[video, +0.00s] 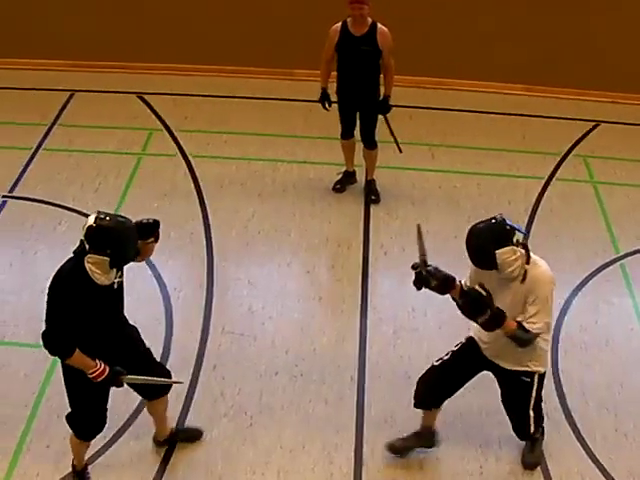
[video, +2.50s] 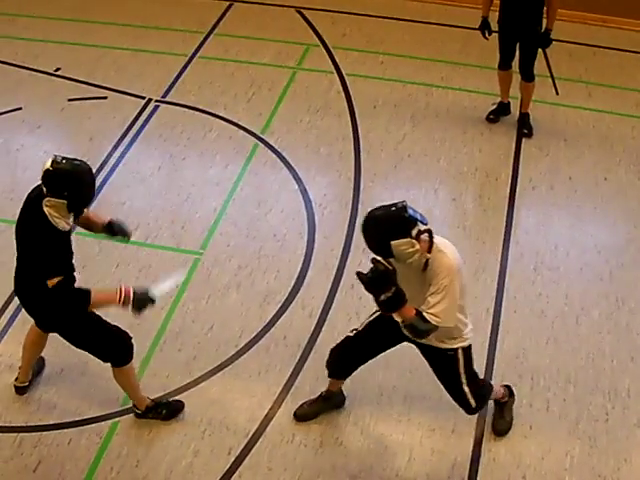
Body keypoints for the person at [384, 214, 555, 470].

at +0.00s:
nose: (483, 270)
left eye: (487, 265)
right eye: (481, 264)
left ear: (507, 257)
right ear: (482, 259)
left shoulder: (539, 277)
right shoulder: (484, 265)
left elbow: (527, 338)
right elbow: (476, 306)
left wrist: (490, 316)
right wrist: (449, 286)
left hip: (522, 362)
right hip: (483, 344)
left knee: (526, 424)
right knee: (431, 385)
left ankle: (534, 439)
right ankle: (426, 433)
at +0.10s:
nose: (474, 273)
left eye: (478, 268)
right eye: (471, 268)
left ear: (495, 258)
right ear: (475, 263)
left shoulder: (528, 277)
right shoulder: (479, 267)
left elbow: (503, 338)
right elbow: (463, 293)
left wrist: (473, 308)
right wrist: (432, 287)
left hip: (512, 362)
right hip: (472, 348)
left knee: (522, 423)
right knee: (421, 392)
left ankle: (538, 434)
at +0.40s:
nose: (446, 261)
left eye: (452, 257)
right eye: (445, 256)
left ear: (473, 246)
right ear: (450, 251)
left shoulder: (502, 263)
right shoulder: (449, 255)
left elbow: (475, 325)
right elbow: (435, 278)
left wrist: (440, 300)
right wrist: (404, 276)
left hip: (493, 340)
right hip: (453, 326)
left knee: (499, 408)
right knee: (408, 379)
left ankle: (521, 412)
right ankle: (402, 423)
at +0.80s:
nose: (466, 229)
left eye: (471, 225)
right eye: (463, 224)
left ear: (490, 215)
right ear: (472, 218)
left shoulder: (524, 233)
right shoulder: (472, 219)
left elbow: (491, 293)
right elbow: (449, 244)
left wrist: (457, 262)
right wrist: (418, 253)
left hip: (506, 311)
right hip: (464, 295)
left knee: (511, 376)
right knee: (414, 344)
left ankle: (522, 386)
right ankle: (402, 385)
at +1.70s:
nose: (453, 233)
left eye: (457, 228)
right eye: (451, 227)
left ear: (474, 221)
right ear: (466, 220)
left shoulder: (512, 245)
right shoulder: (461, 226)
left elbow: (488, 309)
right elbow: (450, 260)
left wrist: (462, 276)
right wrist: (439, 275)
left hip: (488, 325)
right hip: (446, 303)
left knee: (491, 393)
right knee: (399, 344)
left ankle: (509, 396)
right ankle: (366, 390)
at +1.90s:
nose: (422, 241)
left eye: (425, 236)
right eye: (420, 236)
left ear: (445, 230)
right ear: (434, 230)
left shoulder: (478, 253)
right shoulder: (433, 233)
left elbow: (447, 314)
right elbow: (417, 262)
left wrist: (423, 282)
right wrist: (404, 277)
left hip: (456, 332)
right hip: (417, 309)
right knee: (366, 354)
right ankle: (353, 396)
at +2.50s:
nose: (385, 259)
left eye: (387, 253)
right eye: (383, 255)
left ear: (407, 243)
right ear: (396, 247)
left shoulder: (444, 261)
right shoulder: (399, 251)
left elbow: (426, 328)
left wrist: (392, 299)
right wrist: (383, 289)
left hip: (445, 337)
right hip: (403, 319)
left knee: (471, 400)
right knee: (340, 357)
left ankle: (503, 395)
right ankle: (333, 394)